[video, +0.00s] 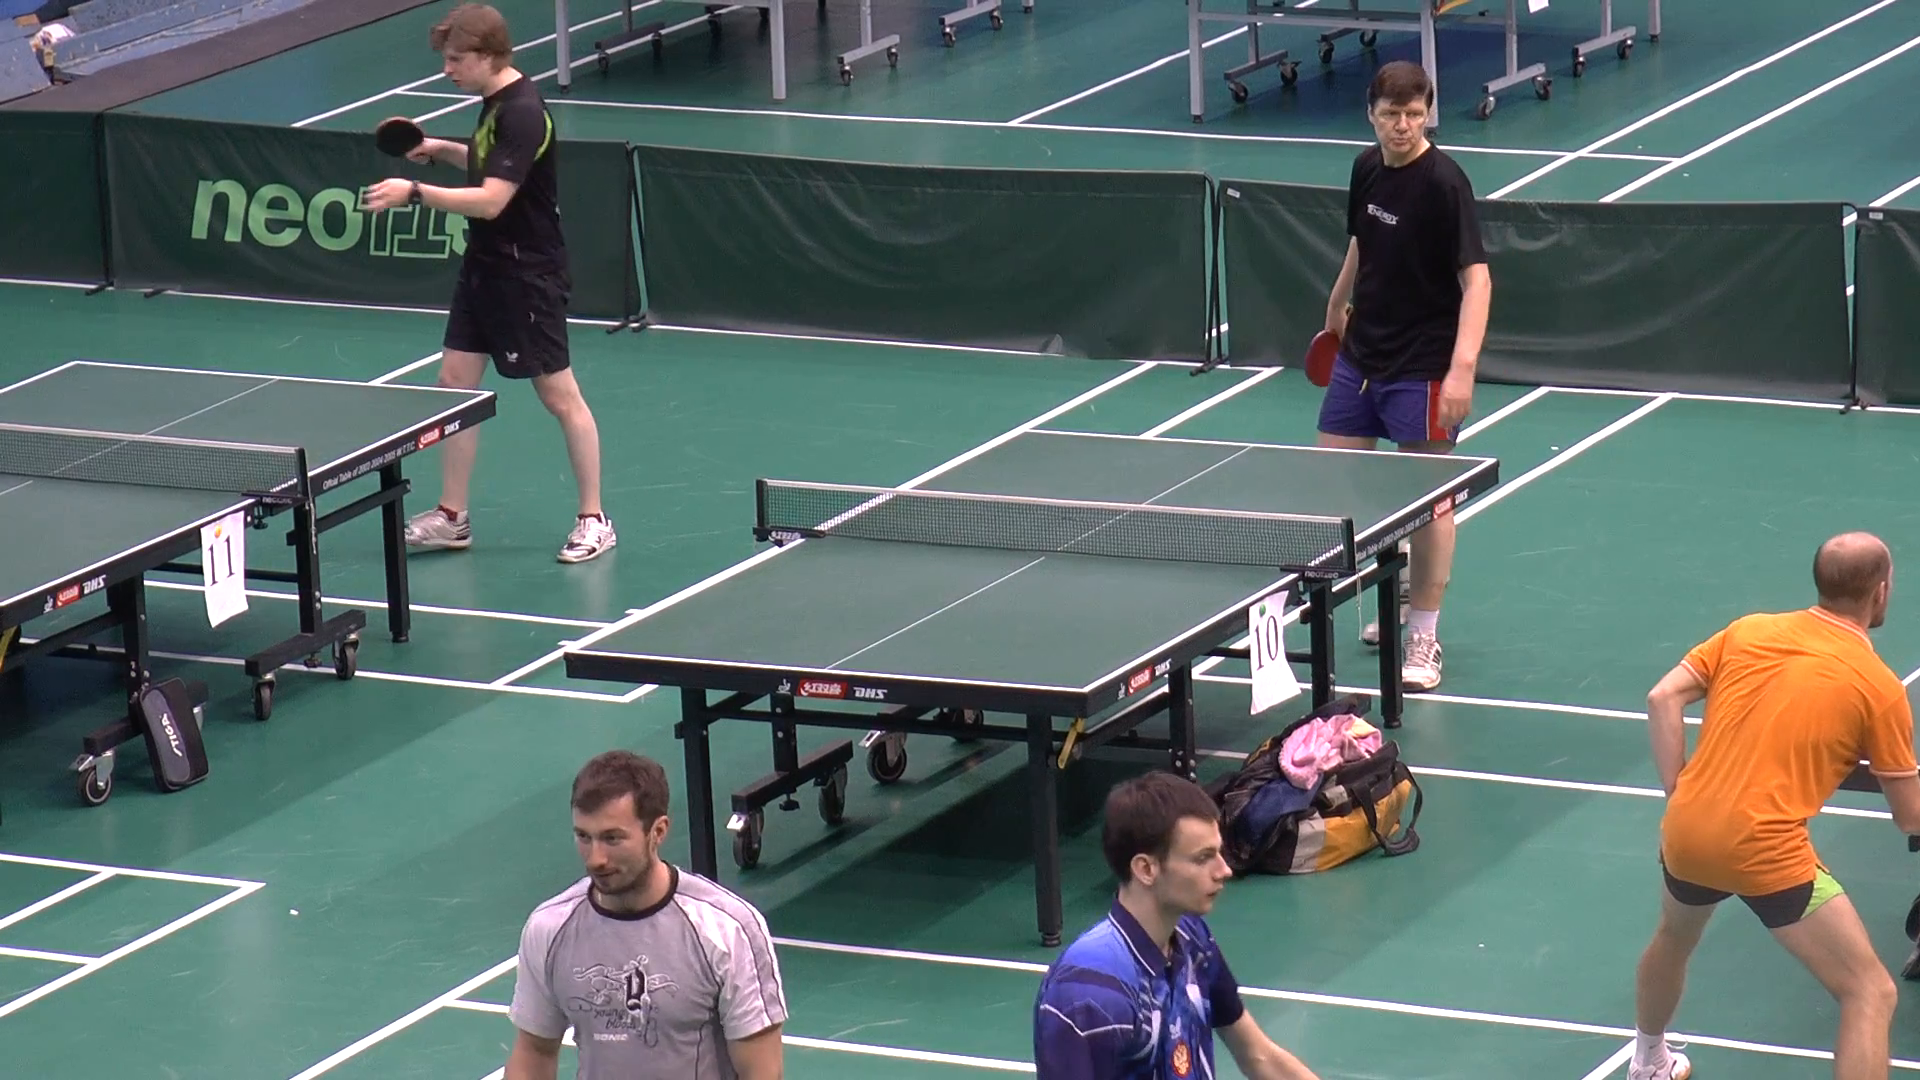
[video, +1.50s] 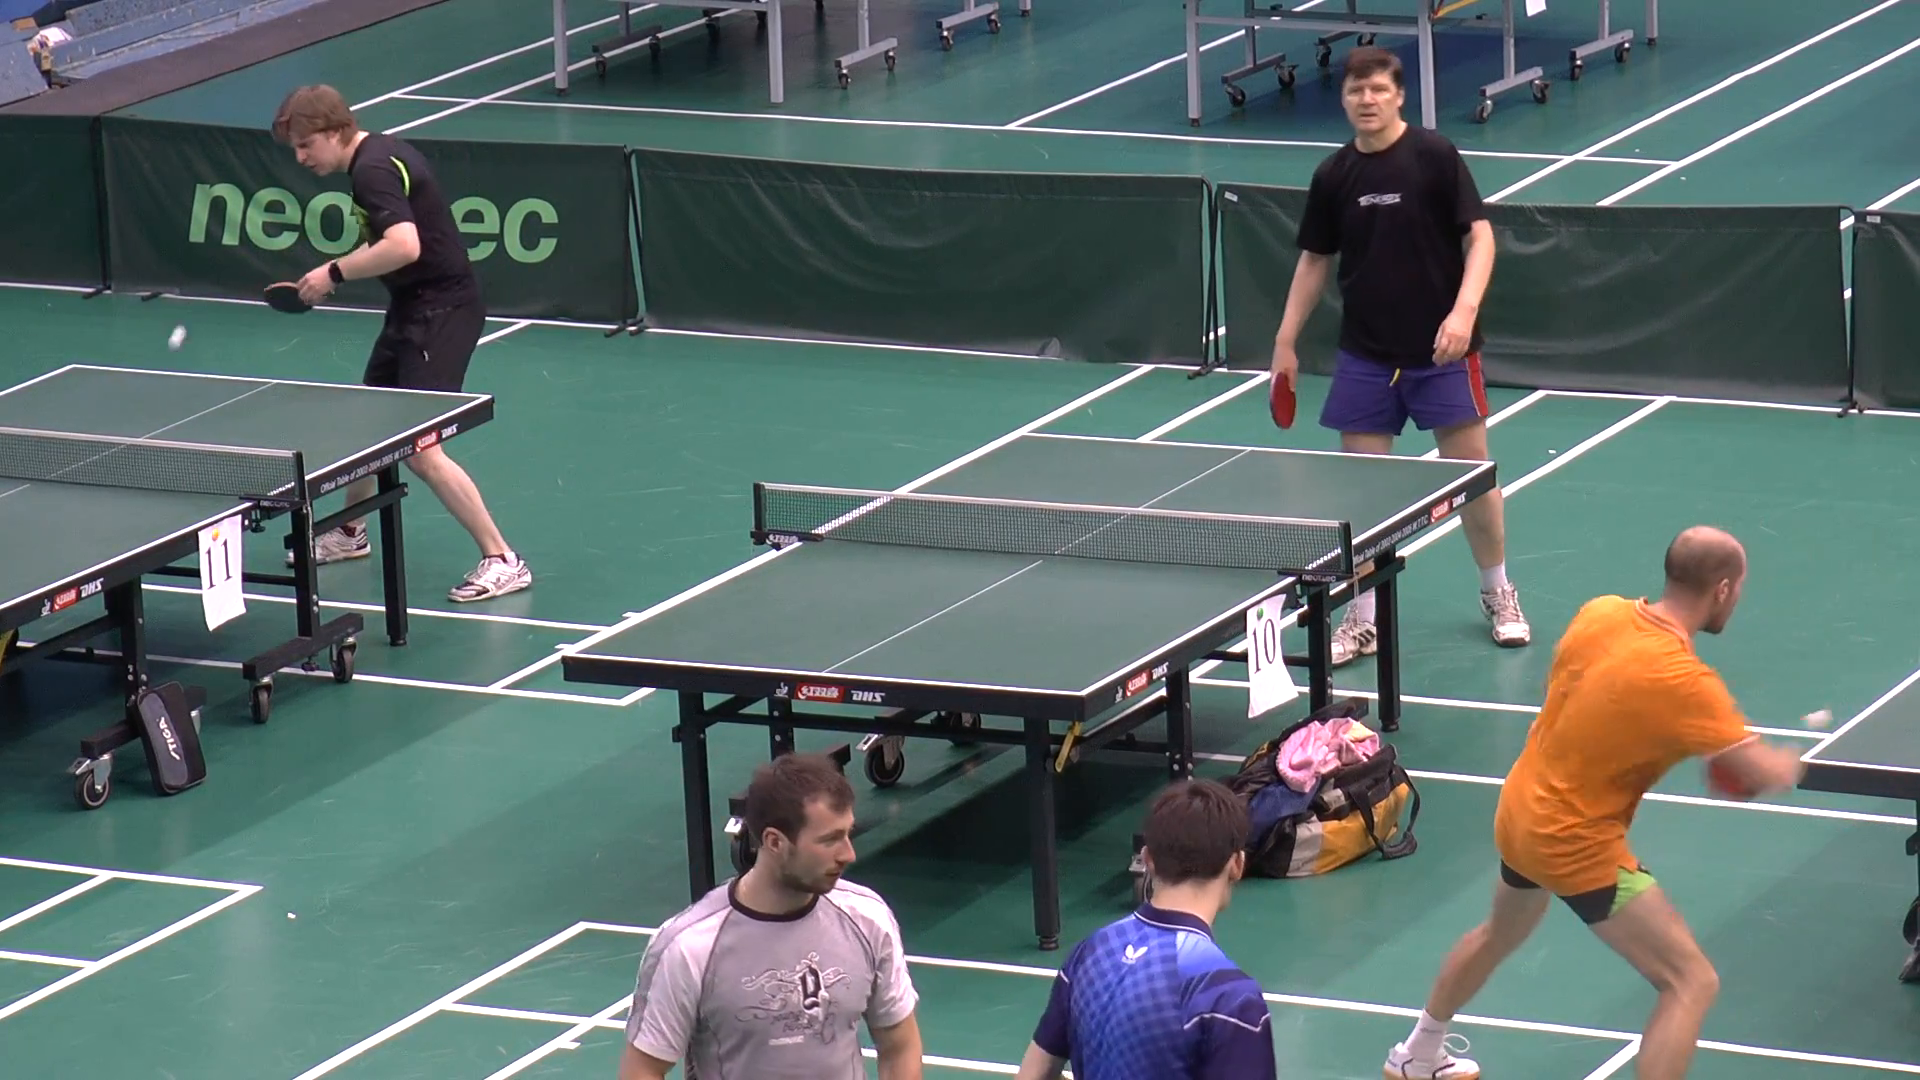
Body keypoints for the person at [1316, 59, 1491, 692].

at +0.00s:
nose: (1402, 126)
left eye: (1413, 115)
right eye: (1391, 115)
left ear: (1429, 114)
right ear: (1373, 115)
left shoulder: (1447, 183)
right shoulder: (1365, 168)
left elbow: (1478, 280)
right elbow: (1362, 246)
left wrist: (1463, 370)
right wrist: (1338, 304)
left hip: (1420, 371)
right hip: (1359, 359)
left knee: (1429, 500)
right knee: (1331, 476)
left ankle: (1423, 634)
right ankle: (1406, 588)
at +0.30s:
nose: (1387, 117)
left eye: (1398, 107)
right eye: (1376, 106)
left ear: (1413, 111)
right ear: (1356, 111)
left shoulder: (1433, 181)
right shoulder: (1339, 175)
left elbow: (1470, 273)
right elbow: (1323, 254)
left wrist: (1453, 349)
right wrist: (1290, 327)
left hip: (1407, 373)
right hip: (1337, 367)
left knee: (1420, 503)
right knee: (1322, 490)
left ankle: (1422, 638)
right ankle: (1353, 608)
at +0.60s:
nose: (1347, 108)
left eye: (1356, 98)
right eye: (1335, 101)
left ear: (1372, 105)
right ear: (1316, 112)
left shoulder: (1407, 176)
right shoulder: (1297, 182)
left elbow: (1446, 260)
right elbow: (1273, 262)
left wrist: (1479, 342)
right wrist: (1244, 338)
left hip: (1400, 364)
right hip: (1324, 368)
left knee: (1411, 499)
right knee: (1318, 495)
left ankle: (1417, 637)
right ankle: (1360, 614)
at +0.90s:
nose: (1309, 118)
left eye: (1316, 105)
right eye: (1295, 112)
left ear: (1333, 108)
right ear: (1279, 125)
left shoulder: (1384, 163)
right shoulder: (1275, 200)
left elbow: (1424, 226)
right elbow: (1249, 286)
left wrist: (1463, 293)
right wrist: (1236, 368)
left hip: (1407, 353)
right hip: (1330, 368)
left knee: (1420, 492)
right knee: (1339, 498)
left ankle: (1431, 630)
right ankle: (1361, 620)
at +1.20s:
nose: (1315, 107)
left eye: (1323, 96)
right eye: (1302, 101)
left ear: (1341, 102)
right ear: (1287, 115)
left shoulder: (1389, 157)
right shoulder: (1282, 192)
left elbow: (1441, 232)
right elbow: (1266, 279)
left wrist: (1474, 310)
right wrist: (1255, 360)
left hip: (1417, 348)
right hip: (1338, 361)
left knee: (1455, 479)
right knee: (1345, 494)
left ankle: (1493, 601)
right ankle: (1361, 621)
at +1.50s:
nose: (1368, 98)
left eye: (1379, 89)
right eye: (1358, 90)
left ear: (1400, 96)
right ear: (1344, 100)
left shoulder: (1437, 156)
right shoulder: (1332, 176)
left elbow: (1482, 238)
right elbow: (1313, 262)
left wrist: (1463, 314)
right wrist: (1285, 341)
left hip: (1443, 351)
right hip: (1365, 355)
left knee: (1474, 478)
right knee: (1360, 488)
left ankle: (1498, 591)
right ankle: (1364, 616)